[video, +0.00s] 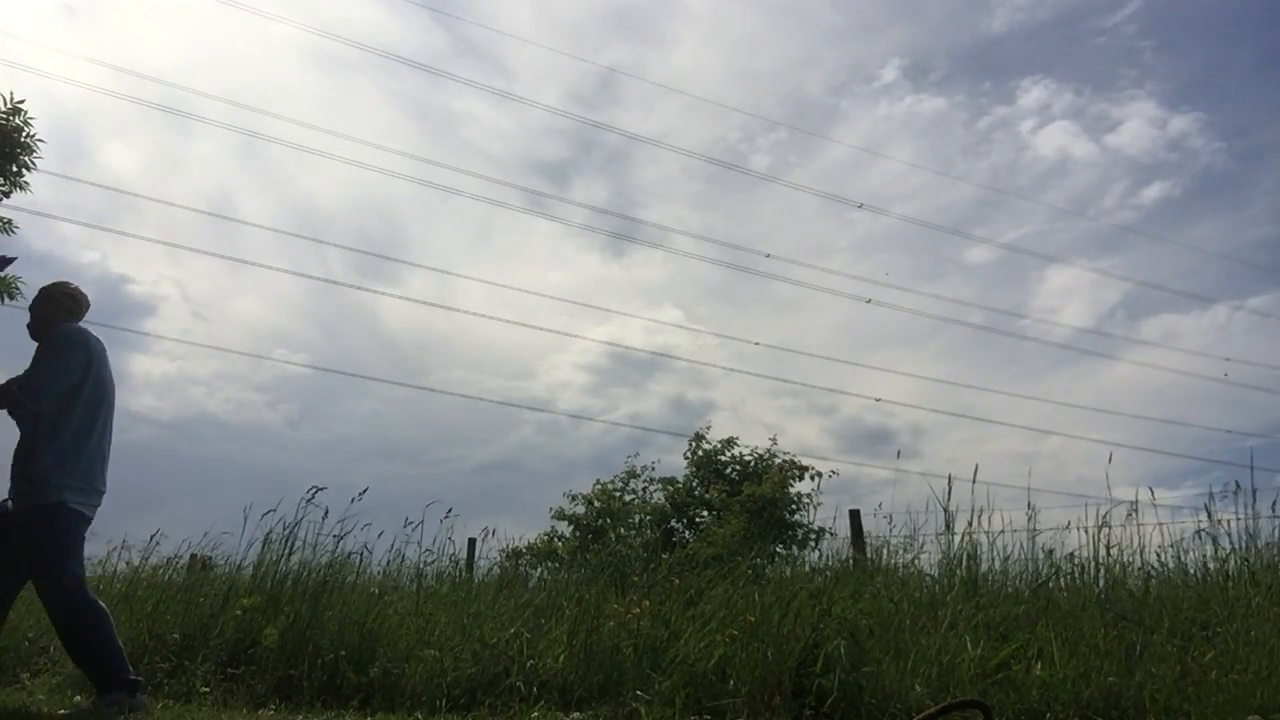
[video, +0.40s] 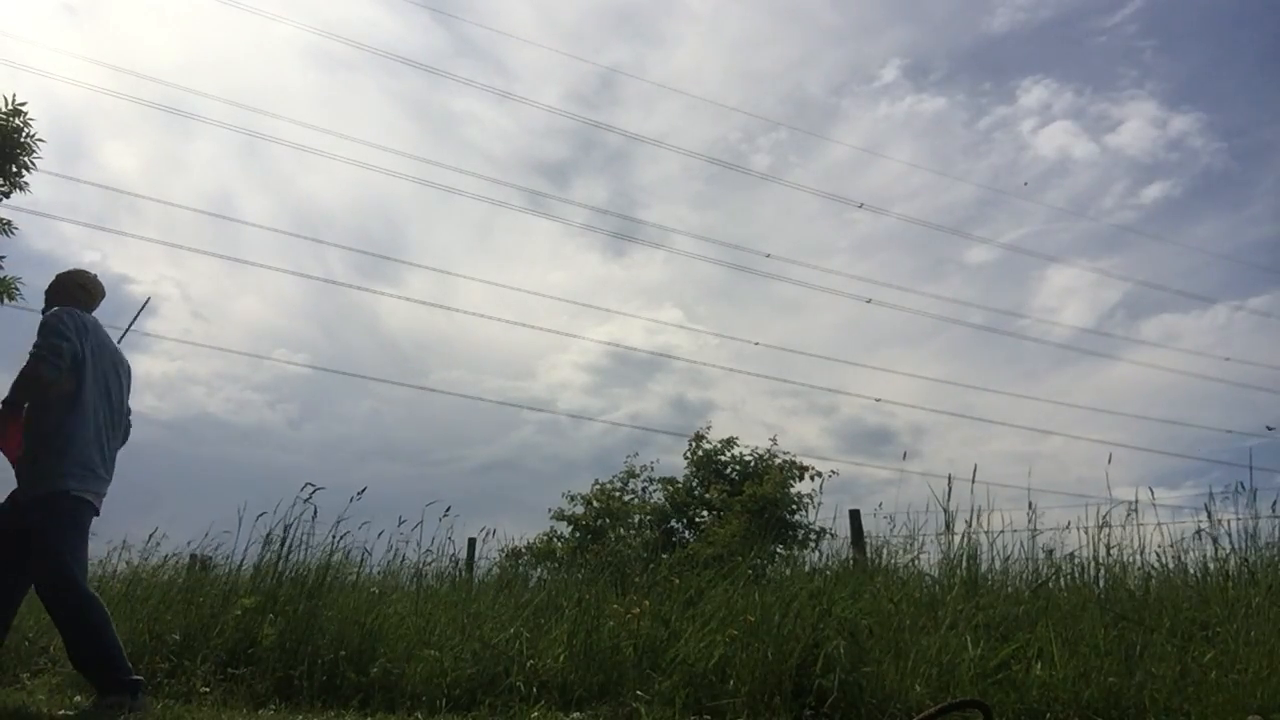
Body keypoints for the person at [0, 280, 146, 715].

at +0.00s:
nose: (29, 321)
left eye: (34, 311)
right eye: (30, 313)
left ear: (53, 308)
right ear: (69, 311)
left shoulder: (68, 339)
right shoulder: (85, 349)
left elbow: (36, 405)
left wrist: (11, 390)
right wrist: (19, 392)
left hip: (53, 493)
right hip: (64, 494)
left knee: (64, 593)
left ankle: (120, 691)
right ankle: (117, 689)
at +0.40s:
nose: (49, 307)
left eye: (51, 300)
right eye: (51, 301)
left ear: (61, 296)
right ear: (90, 303)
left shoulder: (62, 318)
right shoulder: (117, 356)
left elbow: (46, 368)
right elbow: (122, 429)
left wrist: (10, 405)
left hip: (53, 476)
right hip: (85, 483)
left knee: (61, 584)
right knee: (8, 575)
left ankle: (121, 690)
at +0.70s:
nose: (12, 311)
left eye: (18, 303)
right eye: (15, 304)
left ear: (35, 302)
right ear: (57, 308)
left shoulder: (39, 331)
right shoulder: (84, 361)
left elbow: (19, 390)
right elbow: (114, 422)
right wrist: (59, 433)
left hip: (30, 475)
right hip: (64, 482)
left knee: (39, 574)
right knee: (35, 574)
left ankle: (101, 671)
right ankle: (99, 671)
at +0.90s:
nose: (18, 281)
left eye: (26, 272)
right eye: (20, 274)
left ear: (56, 275)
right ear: (36, 281)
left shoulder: (88, 305)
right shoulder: (21, 327)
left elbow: (90, 253)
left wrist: (18, 202)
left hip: (75, 430)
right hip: (26, 431)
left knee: (15, 439)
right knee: (8, 523)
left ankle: (61, 553)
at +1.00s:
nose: (25, 271)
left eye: (35, 265)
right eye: (27, 266)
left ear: (60, 271)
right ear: (37, 279)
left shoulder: (91, 303)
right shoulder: (21, 321)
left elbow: (83, 237)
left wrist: (35, 183)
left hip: (83, 428)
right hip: (29, 429)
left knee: (39, 377)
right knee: (6, 517)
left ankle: (54, 492)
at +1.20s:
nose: (39, 279)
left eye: (49, 270)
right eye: (42, 272)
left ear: (73, 277)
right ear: (40, 284)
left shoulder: (97, 311)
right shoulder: (28, 331)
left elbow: (98, 263)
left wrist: (57, 209)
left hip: (79, 433)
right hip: (23, 436)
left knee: (75, 388)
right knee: (6, 538)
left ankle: (70, 515)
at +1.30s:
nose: (64, 276)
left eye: (70, 269)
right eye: (56, 270)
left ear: (82, 277)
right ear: (39, 283)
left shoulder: (100, 307)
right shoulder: (31, 338)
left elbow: (124, 286)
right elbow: (15, 350)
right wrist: (6, 341)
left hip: (85, 420)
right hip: (31, 432)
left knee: (73, 447)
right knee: (9, 538)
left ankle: (100, 563)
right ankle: (2, 648)